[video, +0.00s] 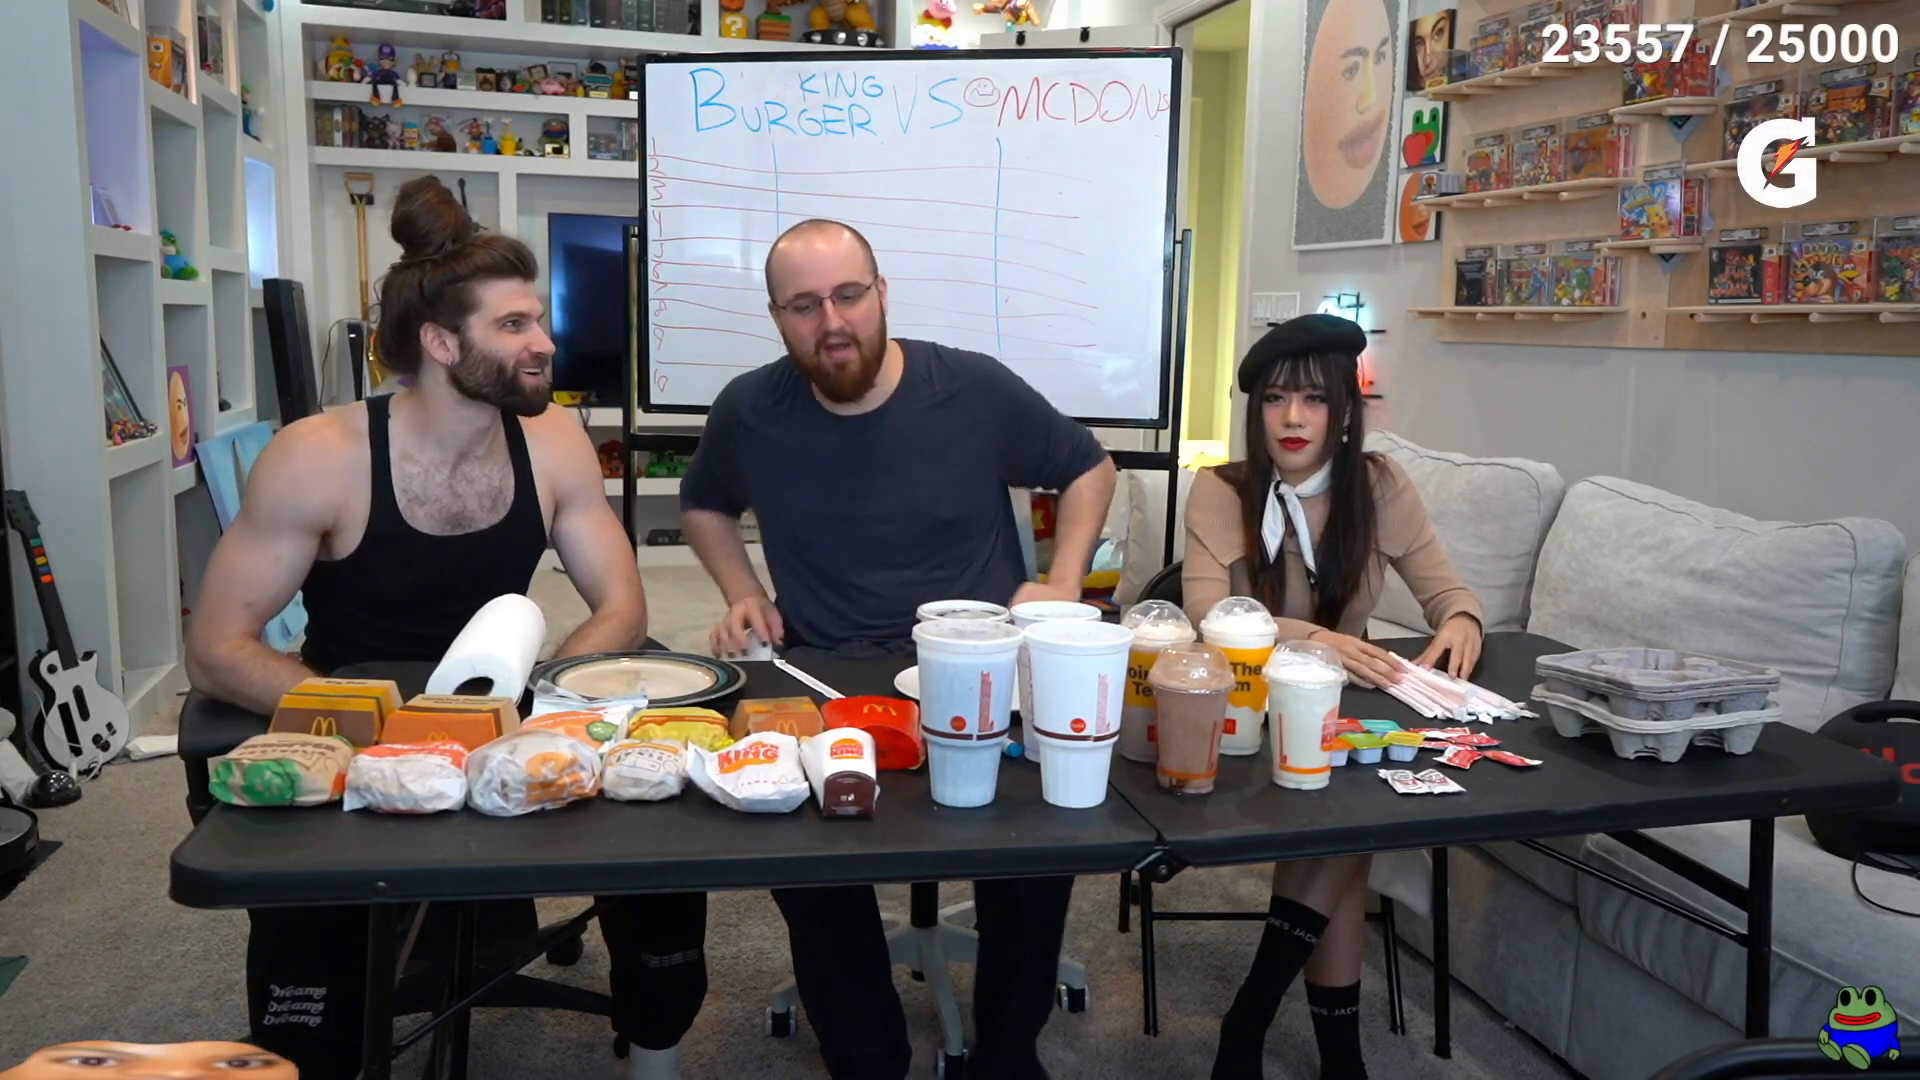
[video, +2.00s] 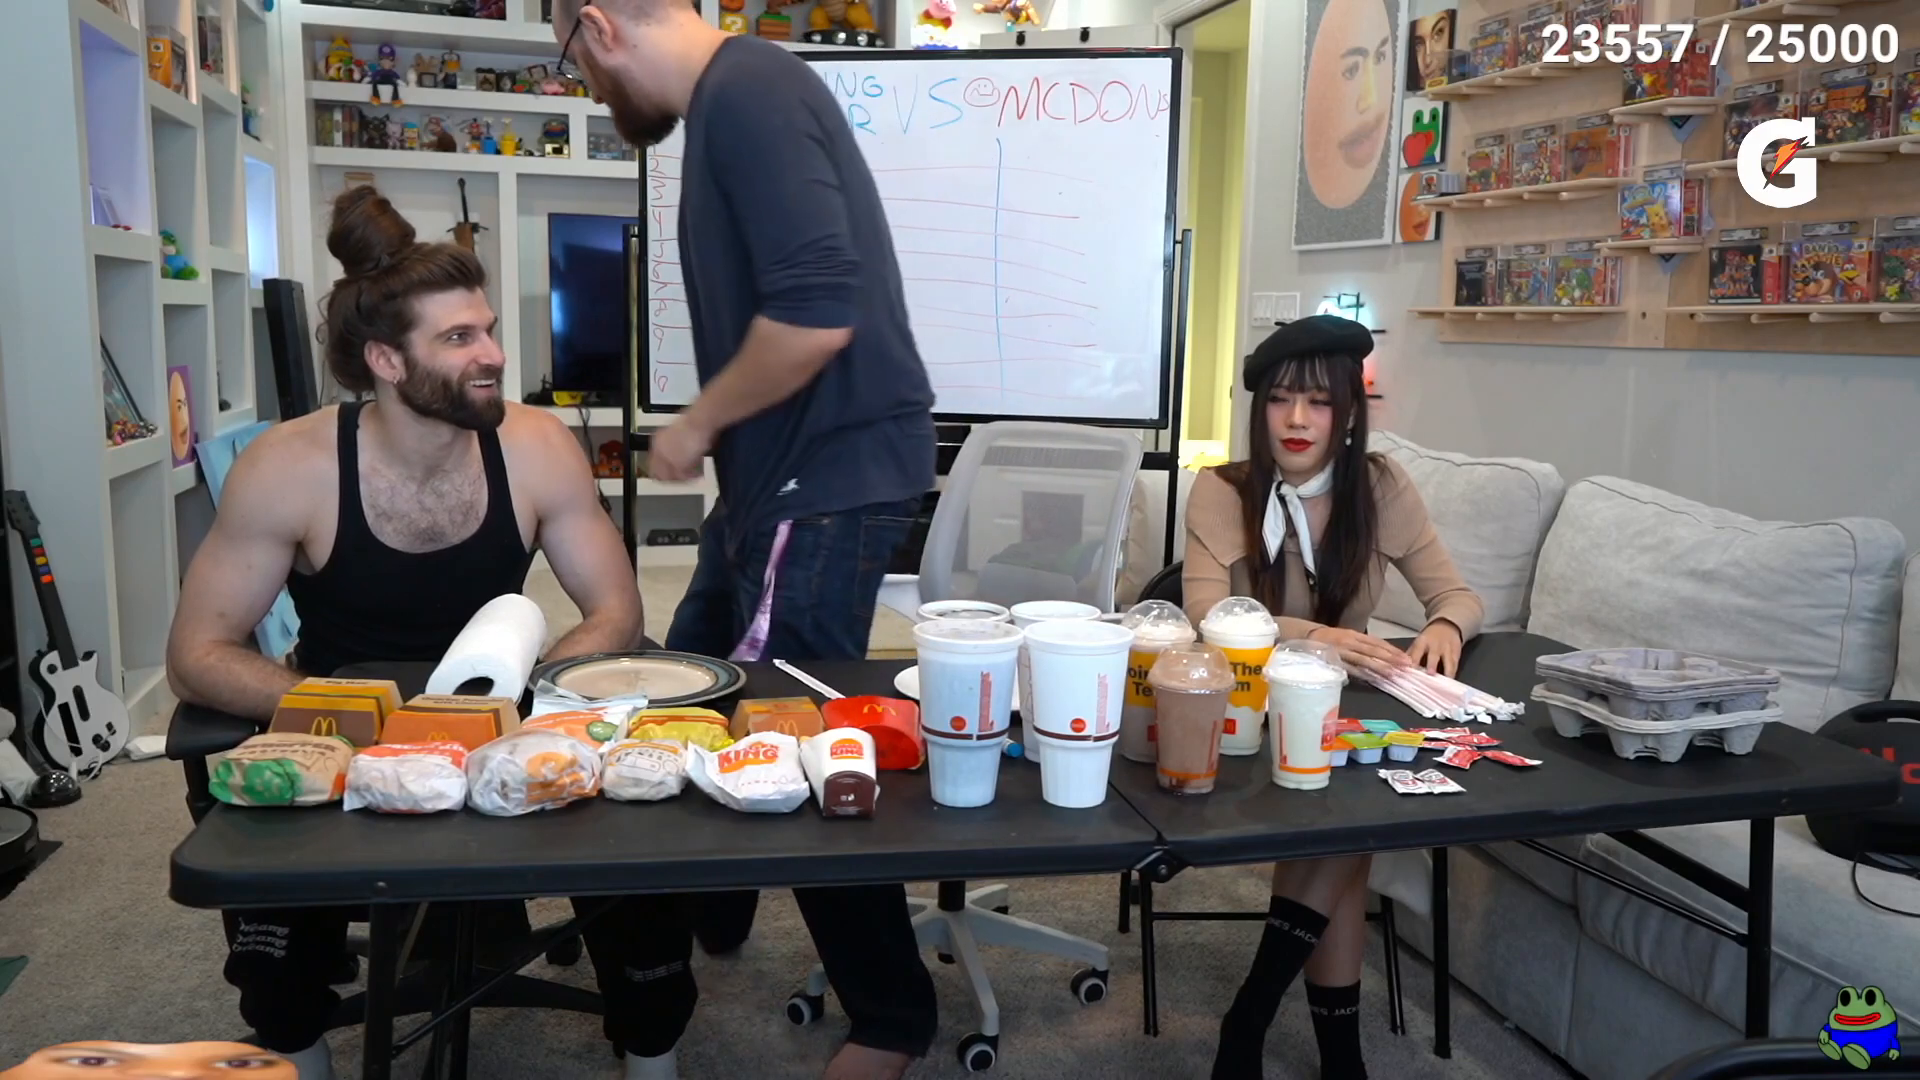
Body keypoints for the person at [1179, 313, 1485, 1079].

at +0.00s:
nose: (1292, 417)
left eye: (1314, 399)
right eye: (1276, 398)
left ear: (1347, 411)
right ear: (1255, 406)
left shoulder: (1377, 482)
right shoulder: (1220, 492)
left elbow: (1445, 593)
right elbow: (1209, 622)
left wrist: (1462, 621)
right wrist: (1310, 635)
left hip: (1336, 703)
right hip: (1240, 708)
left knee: (1348, 813)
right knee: (1350, 830)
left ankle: (1246, 1023)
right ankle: (1343, 1064)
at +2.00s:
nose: (1297, 420)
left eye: (1319, 402)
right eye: (1281, 399)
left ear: (1350, 413)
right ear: (1258, 405)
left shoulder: (1379, 485)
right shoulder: (1221, 491)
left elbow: (1456, 595)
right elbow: (1209, 622)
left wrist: (1447, 625)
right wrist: (1313, 635)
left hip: (1336, 704)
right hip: (1239, 710)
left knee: (1346, 814)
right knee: (1351, 830)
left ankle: (1246, 1024)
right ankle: (1343, 1064)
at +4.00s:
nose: (1243, 411)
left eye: (1267, 395)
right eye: (1239, 389)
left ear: (1317, 409)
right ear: (1229, 393)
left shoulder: (1369, 486)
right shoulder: (1210, 490)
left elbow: (1458, 597)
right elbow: (1210, 622)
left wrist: (1444, 624)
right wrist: (1309, 630)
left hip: (1336, 707)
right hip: (1236, 711)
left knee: (1338, 818)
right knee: (1346, 834)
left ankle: (1241, 1026)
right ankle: (1342, 1064)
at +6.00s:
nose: (1295, 413)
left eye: (1318, 396)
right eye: (1282, 393)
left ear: (1353, 410)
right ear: (1261, 403)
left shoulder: (1380, 483)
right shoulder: (1225, 488)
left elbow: (1464, 599)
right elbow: (1211, 619)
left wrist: (1432, 624)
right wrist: (1313, 633)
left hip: (1344, 702)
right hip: (1246, 707)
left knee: (1347, 818)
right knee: (1351, 834)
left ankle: (1247, 1025)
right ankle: (1343, 1063)